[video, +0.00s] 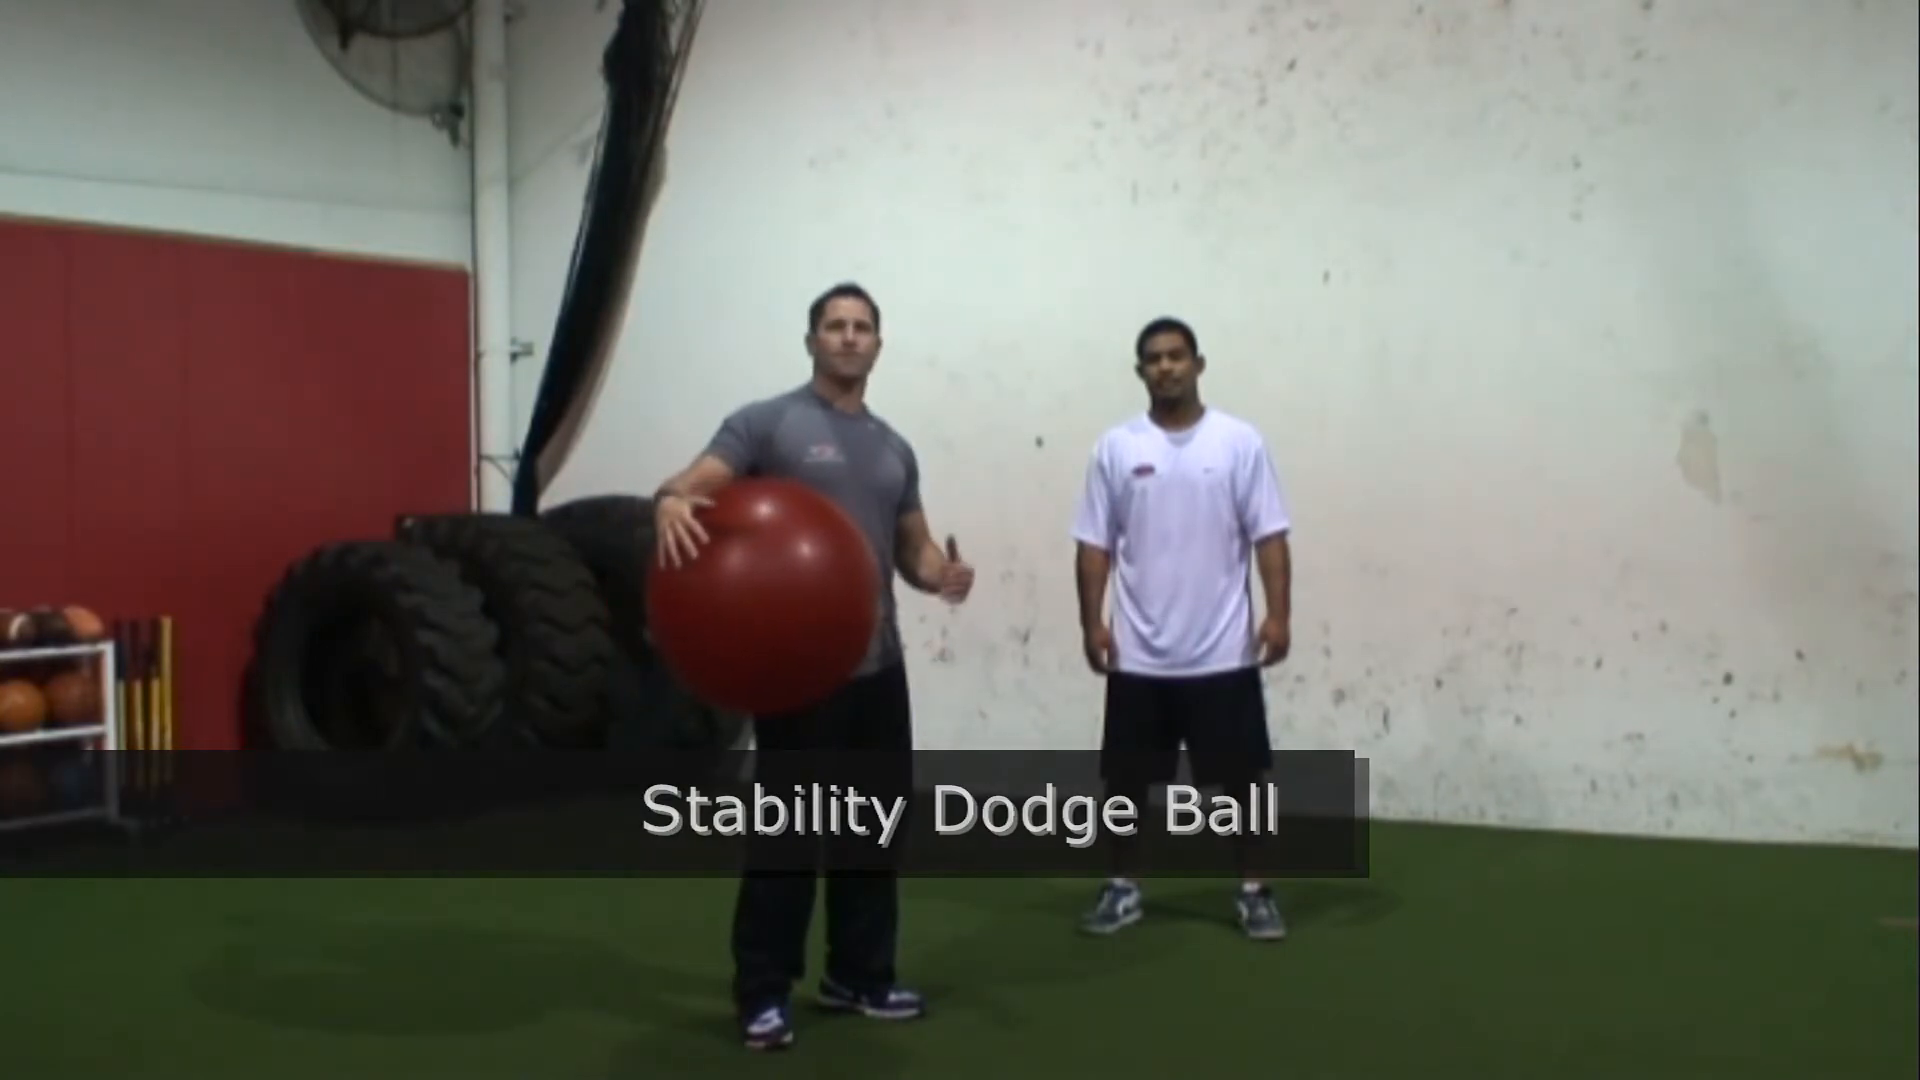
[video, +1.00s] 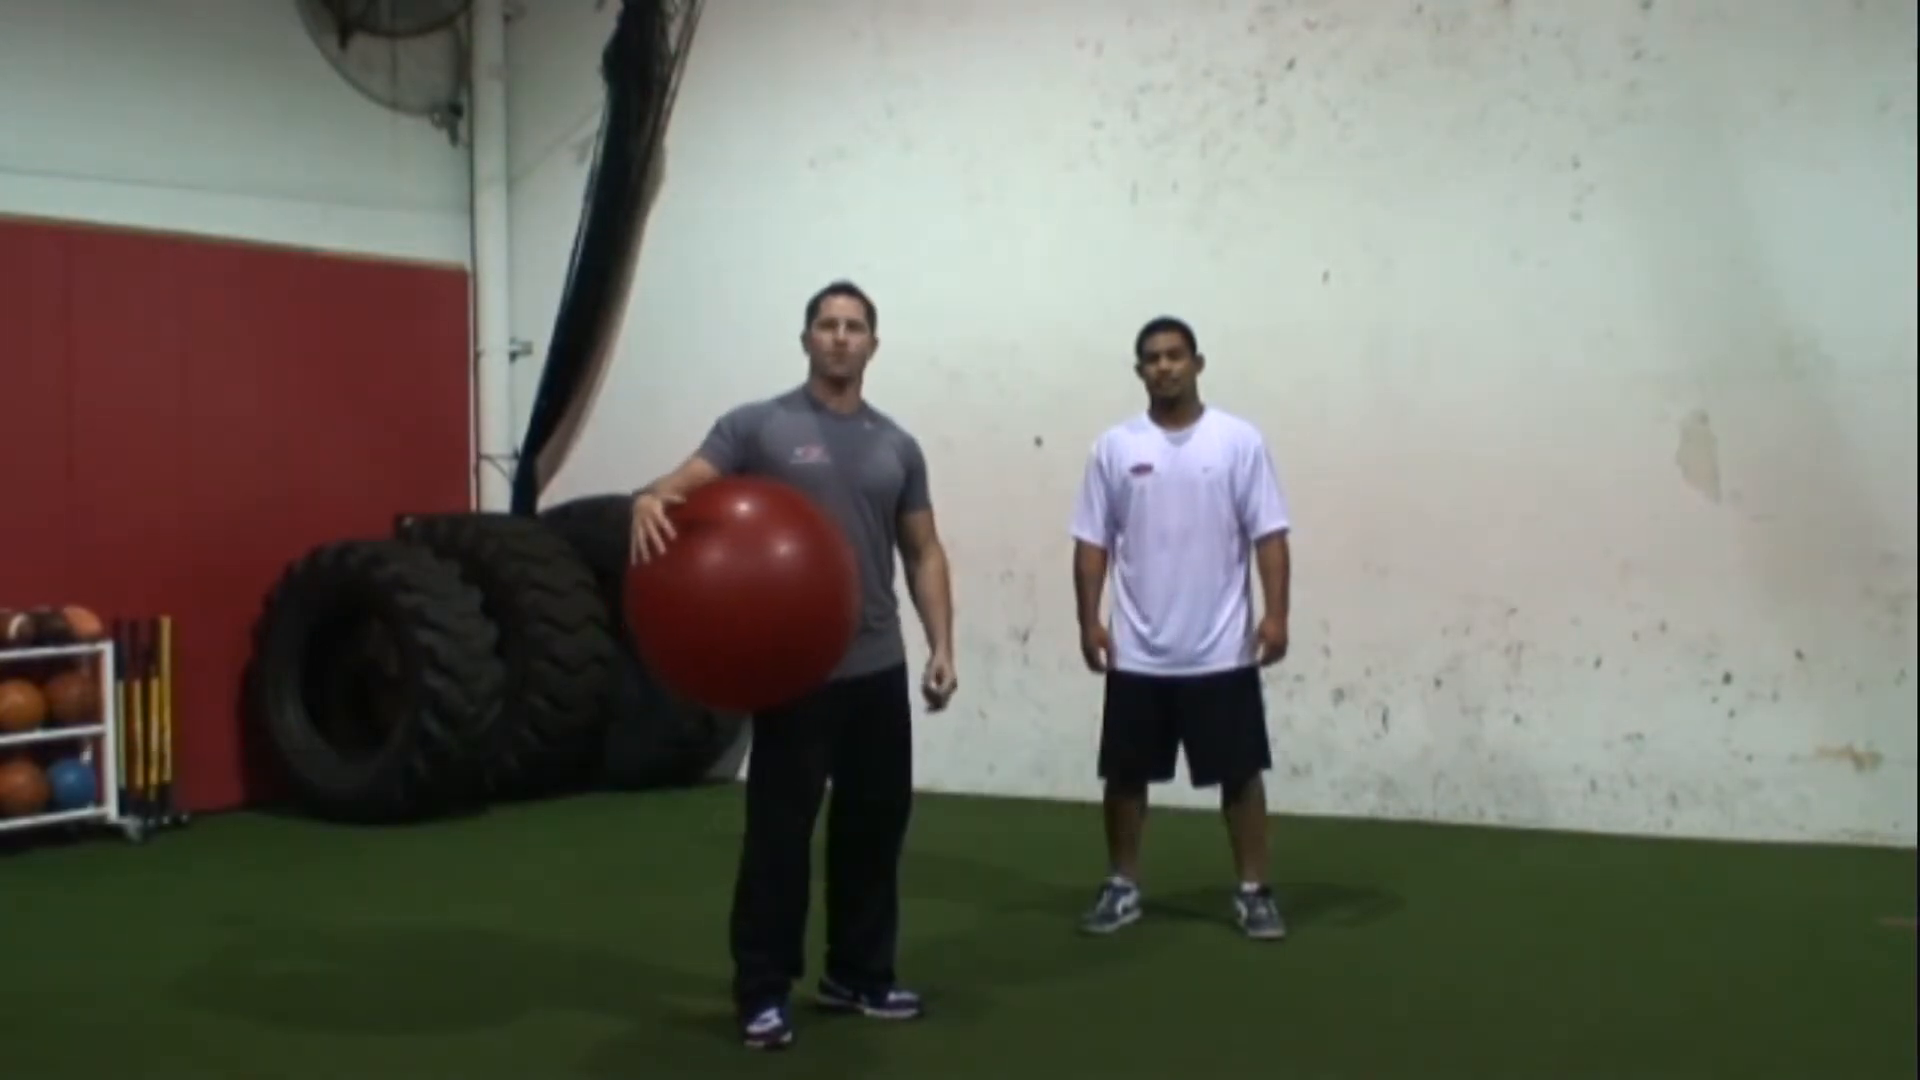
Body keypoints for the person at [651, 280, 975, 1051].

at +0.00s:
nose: (850, 338)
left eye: (862, 328)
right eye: (837, 327)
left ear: (879, 344)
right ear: (812, 340)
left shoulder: (894, 450)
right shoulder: (765, 422)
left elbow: (913, 545)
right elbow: (694, 483)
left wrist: (940, 570)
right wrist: (669, 501)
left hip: (875, 668)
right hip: (790, 669)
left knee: (875, 824)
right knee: (786, 828)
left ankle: (861, 976)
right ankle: (764, 994)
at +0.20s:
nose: (838, 337)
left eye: (851, 326)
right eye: (826, 326)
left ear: (872, 342)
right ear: (805, 340)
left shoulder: (896, 449)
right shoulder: (760, 424)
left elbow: (923, 548)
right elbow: (691, 484)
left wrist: (952, 636)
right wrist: (660, 501)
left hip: (878, 667)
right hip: (790, 669)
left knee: (875, 824)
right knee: (785, 828)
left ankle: (861, 976)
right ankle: (764, 993)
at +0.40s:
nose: (834, 334)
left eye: (847, 324)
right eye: (821, 324)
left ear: (869, 341)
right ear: (800, 340)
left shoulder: (899, 444)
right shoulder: (756, 426)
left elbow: (929, 552)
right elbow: (686, 484)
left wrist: (941, 657)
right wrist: (646, 501)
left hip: (878, 669)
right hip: (790, 671)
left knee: (876, 831)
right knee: (781, 833)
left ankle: (861, 977)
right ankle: (765, 994)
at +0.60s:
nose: (834, 336)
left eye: (847, 325)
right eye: (821, 324)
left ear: (868, 341)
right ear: (800, 340)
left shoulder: (900, 442)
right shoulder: (756, 427)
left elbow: (928, 550)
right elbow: (686, 482)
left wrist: (937, 657)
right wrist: (640, 501)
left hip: (878, 670)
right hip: (789, 672)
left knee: (875, 834)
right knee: (777, 836)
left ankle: (861, 977)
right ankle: (765, 995)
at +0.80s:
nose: (837, 336)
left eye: (850, 326)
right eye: (824, 325)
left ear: (871, 342)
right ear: (802, 339)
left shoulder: (898, 445)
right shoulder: (756, 425)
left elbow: (926, 551)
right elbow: (686, 481)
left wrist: (943, 650)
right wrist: (643, 500)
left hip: (877, 669)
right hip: (790, 672)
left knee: (875, 829)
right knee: (778, 836)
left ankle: (860, 975)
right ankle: (764, 993)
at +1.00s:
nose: (841, 337)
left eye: (854, 326)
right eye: (828, 325)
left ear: (874, 343)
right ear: (806, 339)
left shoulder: (897, 447)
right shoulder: (757, 425)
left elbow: (923, 549)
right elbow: (687, 481)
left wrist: (941, 644)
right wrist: (648, 499)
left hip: (877, 669)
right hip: (789, 670)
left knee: (874, 827)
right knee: (779, 834)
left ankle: (860, 975)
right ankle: (764, 993)